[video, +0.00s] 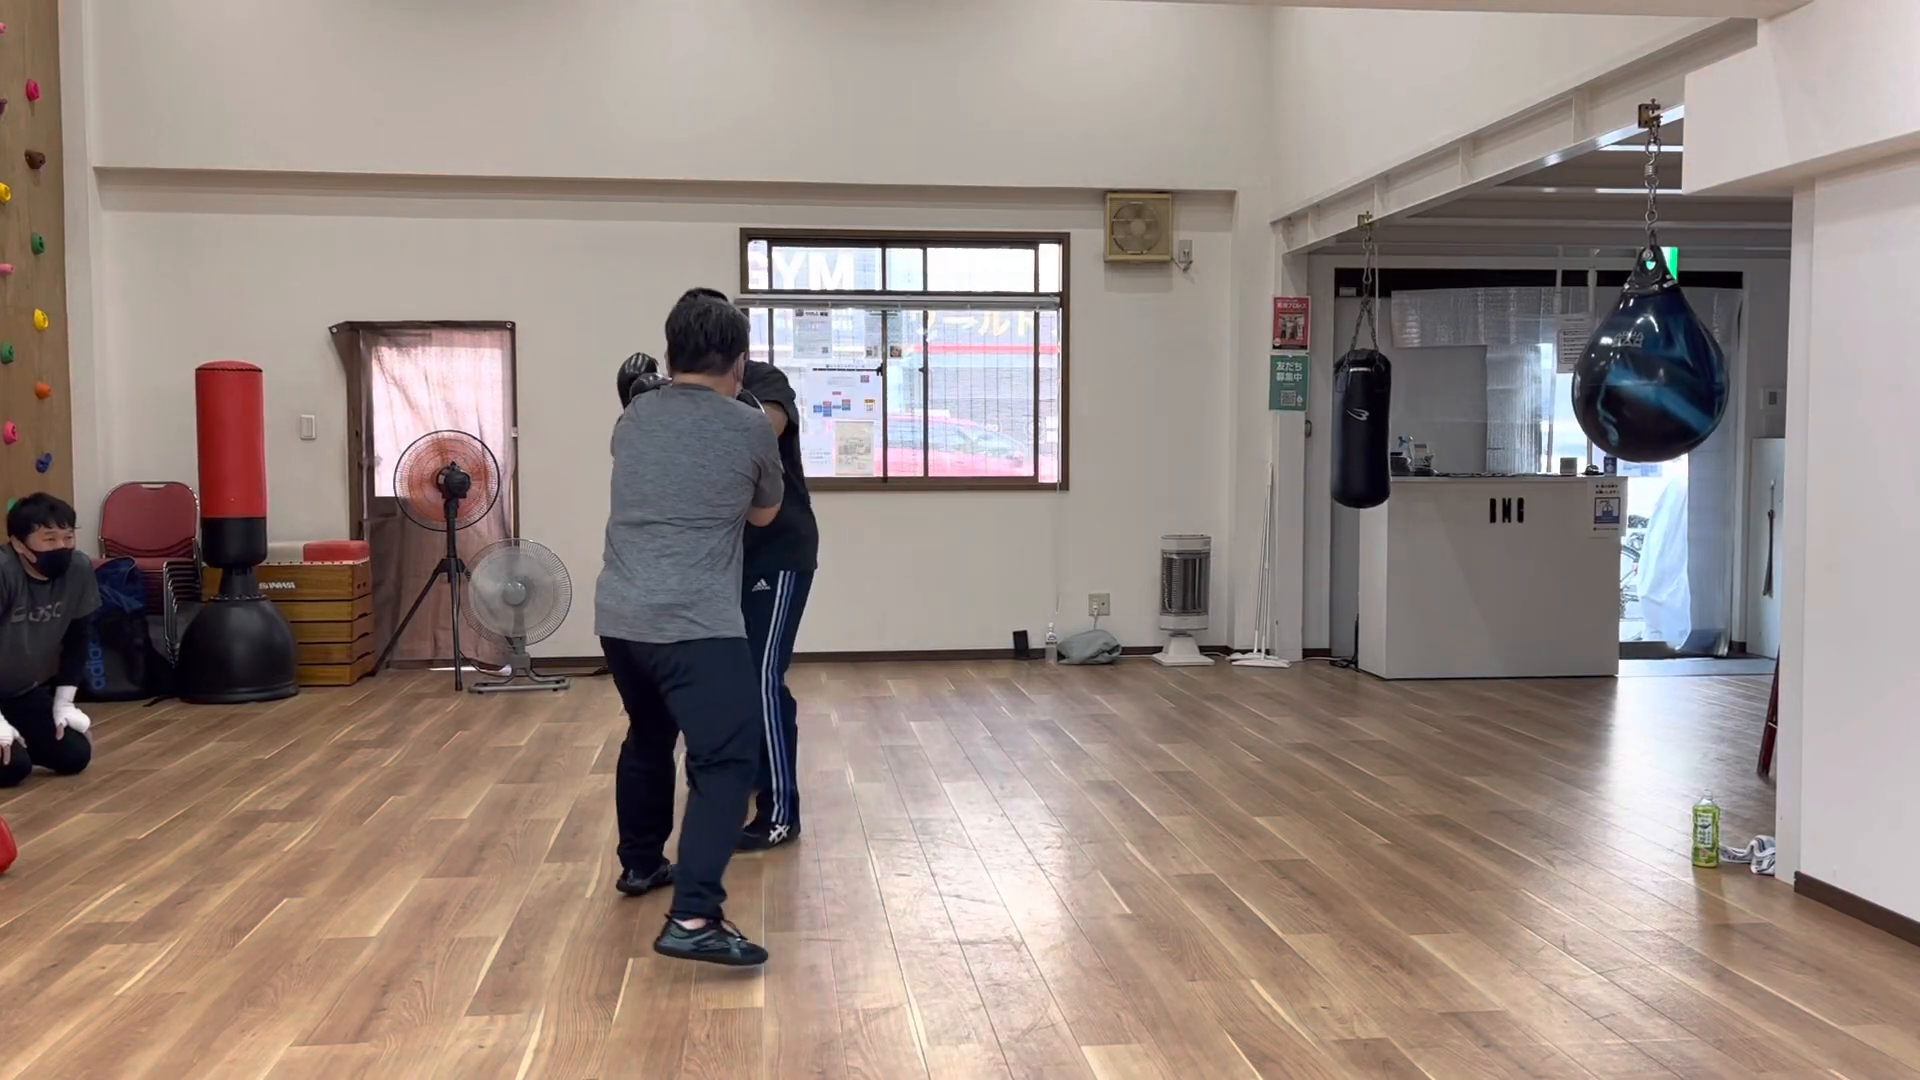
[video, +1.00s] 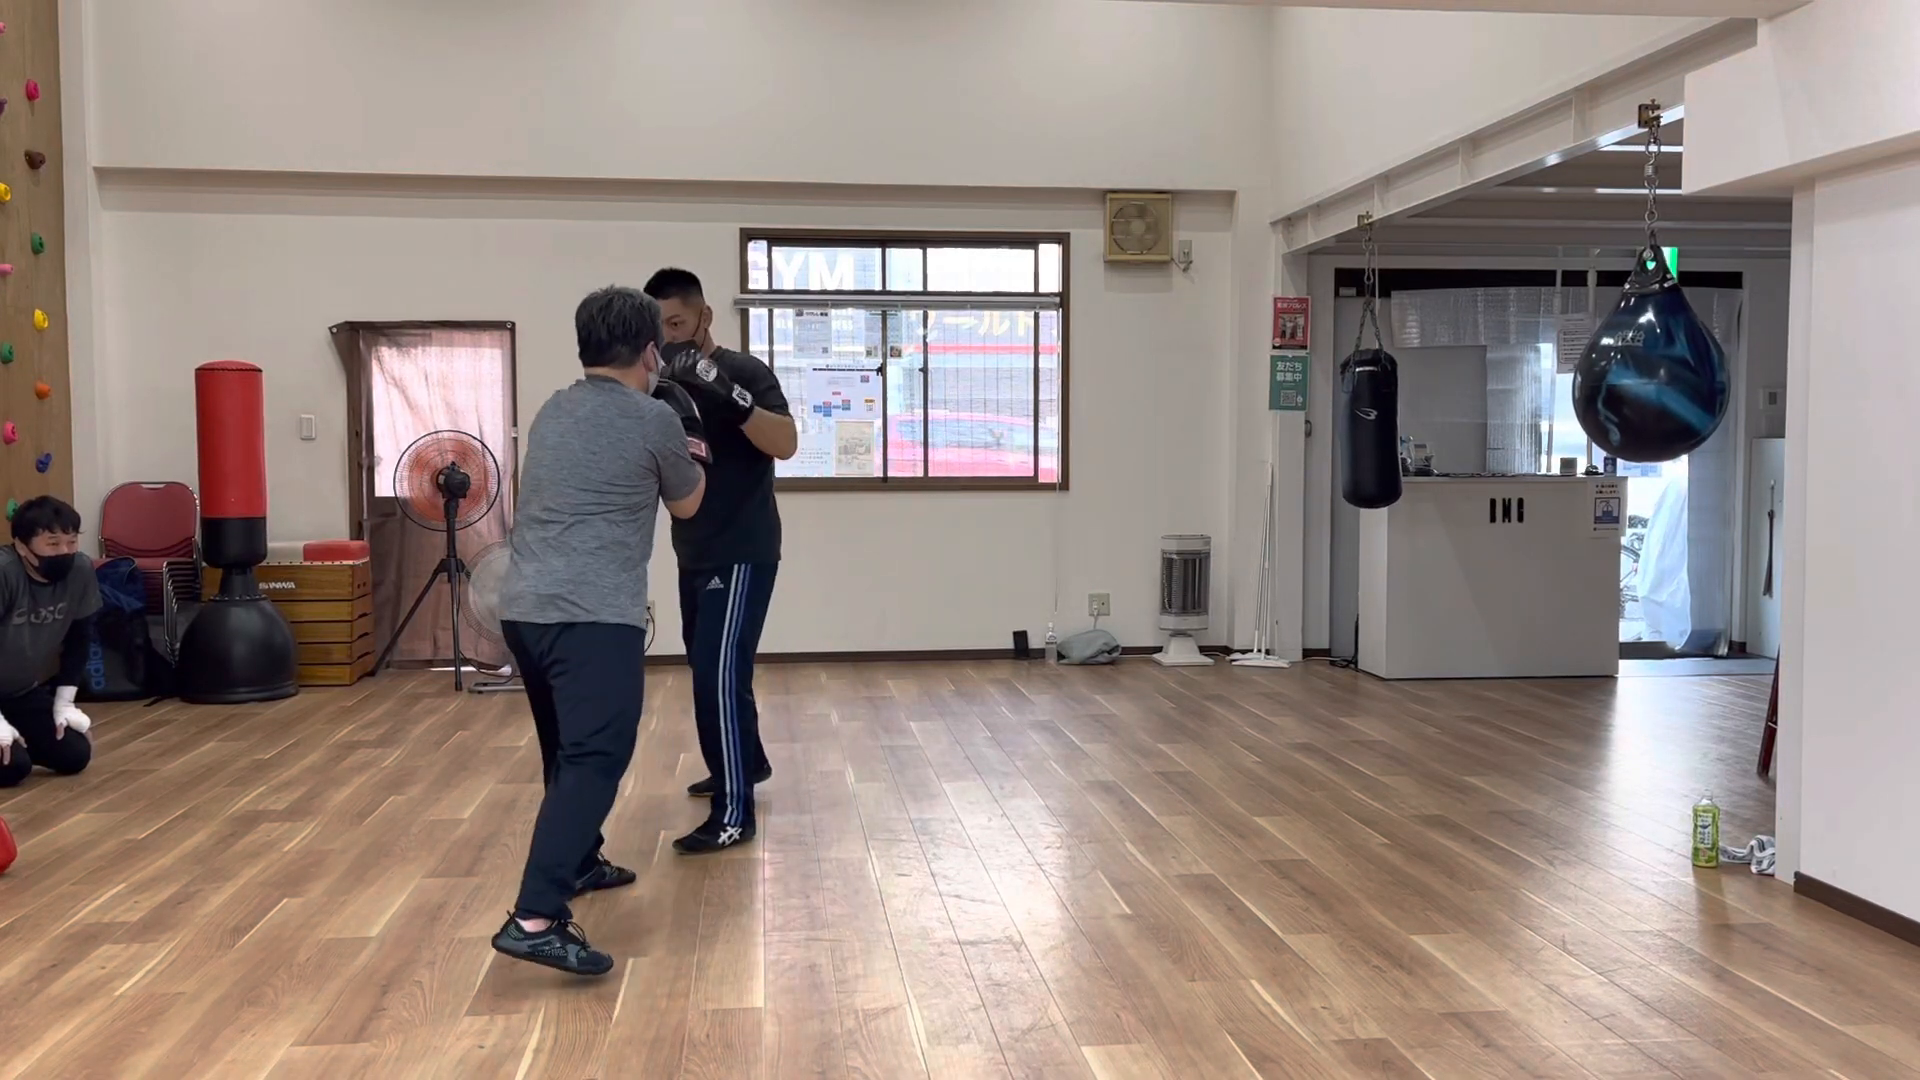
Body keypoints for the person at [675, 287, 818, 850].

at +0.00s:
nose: (699, 345)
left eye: (706, 334)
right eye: (697, 335)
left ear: (730, 335)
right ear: (709, 340)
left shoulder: (764, 381)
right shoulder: (701, 393)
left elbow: (764, 432)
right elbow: (682, 448)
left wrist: (702, 417)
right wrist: (645, 404)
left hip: (781, 549)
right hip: (735, 548)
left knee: (763, 676)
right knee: (743, 676)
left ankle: (779, 815)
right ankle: (754, 800)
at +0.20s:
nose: (694, 360)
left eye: (697, 349)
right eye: (694, 350)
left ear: (716, 347)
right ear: (719, 344)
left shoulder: (754, 390)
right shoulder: (706, 397)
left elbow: (764, 437)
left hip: (767, 552)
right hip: (724, 552)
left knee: (755, 676)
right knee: (726, 668)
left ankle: (778, 816)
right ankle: (743, 765)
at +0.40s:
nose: (684, 347)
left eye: (690, 336)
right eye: (683, 338)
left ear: (708, 336)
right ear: (697, 341)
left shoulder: (754, 379)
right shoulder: (690, 390)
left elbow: (746, 419)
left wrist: (708, 374)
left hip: (760, 547)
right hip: (709, 549)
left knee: (743, 669)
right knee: (708, 669)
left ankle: (756, 808)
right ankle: (740, 768)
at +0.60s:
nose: (690, 345)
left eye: (699, 334)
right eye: (681, 336)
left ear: (720, 332)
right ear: (670, 341)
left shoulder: (756, 391)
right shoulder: (672, 398)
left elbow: (764, 450)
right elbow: (659, 466)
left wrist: (732, 378)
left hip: (755, 551)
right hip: (699, 551)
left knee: (737, 677)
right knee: (702, 668)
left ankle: (736, 816)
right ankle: (744, 764)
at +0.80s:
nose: (670, 343)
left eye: (679, 331)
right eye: (663, 333)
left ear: (709, 324)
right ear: (659, 334)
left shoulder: (749, 376)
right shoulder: (665, 382)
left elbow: (739, 429)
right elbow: (643, 448)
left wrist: (724, 356)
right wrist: (653, 392)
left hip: (750, 549)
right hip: (698, 548)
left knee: (735, 676)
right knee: (697, 663)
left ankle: (734, 818)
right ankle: (744, 763)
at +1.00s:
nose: (671, 334)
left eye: (681, 322)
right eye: (662, 325)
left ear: (707, 316)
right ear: (654, 328)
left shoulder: (745, 371)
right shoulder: (660, 382)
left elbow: (785, 443)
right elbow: (644, 458)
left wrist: (724, 391)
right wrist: (657, 403)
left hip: (742, 547)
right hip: (695, 548)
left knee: (722, 673)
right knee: (708, 666)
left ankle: (734, 817)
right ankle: (743, 763)